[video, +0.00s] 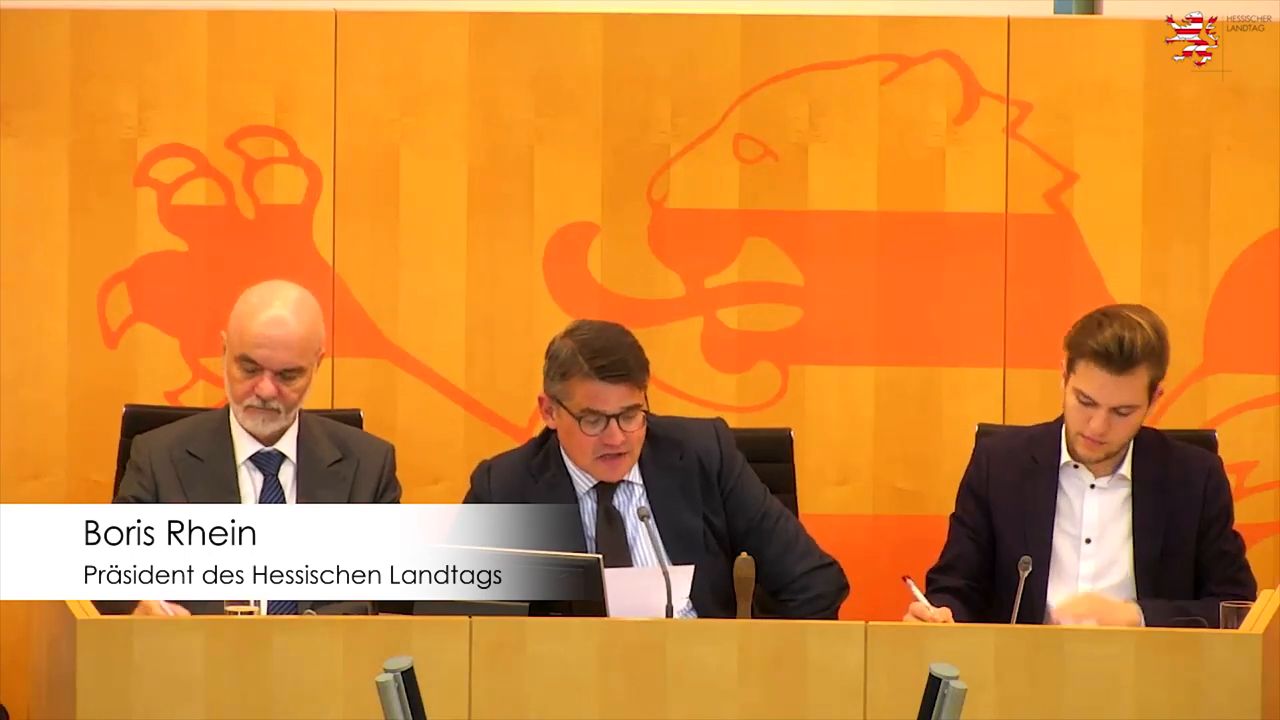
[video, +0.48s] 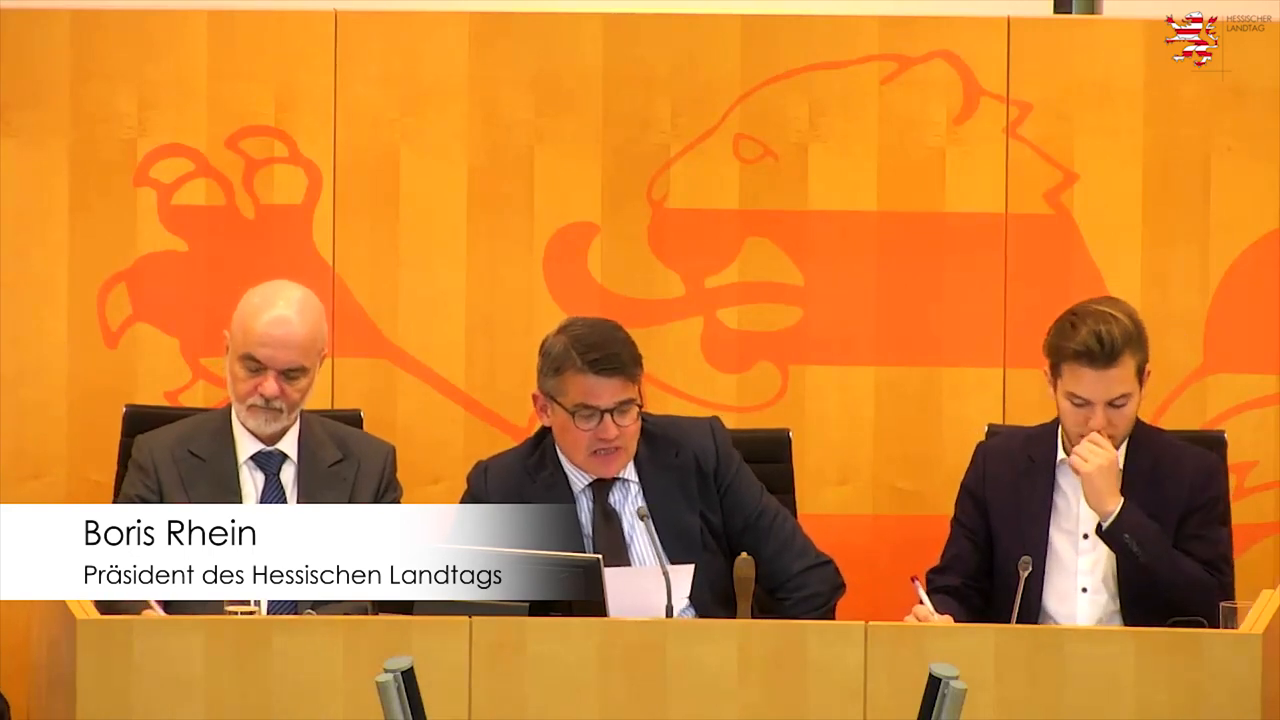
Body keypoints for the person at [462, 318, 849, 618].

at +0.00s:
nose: (616, 438)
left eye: (630, 415)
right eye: (592, 420)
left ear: (646, 396)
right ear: (551, 411)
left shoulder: (706, 453)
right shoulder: (501, 488)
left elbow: (813, 582)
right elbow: (466, 622)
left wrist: (761, 676)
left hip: (703, 674)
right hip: (565, 684)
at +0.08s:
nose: (615, 437)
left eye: (629, 414)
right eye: (592, 419)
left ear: (646, 396)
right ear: (550, 411)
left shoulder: (706, 453)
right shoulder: (501, 488)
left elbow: (812, 582)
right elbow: (467, 623)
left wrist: (759, 676)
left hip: (704, 674)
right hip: (565, 684)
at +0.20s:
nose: (614, 435)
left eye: (628, 413)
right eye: (591, 418)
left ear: (644, 395)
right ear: (548, 410)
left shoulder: (704, 453)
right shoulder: (500, 487)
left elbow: (811, 581)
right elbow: (468, 623)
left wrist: (760, 676)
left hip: (703, 673)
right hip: (564, 683)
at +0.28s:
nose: (613, 434)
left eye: (627, 413)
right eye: (589, 417)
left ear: (643, 394)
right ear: (546, 409)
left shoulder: (704, 452)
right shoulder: (499, 487)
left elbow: (810, 581)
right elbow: (468, 624)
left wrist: (761, 677)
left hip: (704, 673)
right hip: (565, 683)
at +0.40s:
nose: (610, 433)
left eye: (624, 411)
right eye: (587, 416)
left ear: (641, 394)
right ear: (545, 409)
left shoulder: (703, 452)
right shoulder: (497, 488)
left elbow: (810, 582)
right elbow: (470, 625)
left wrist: (763, 678)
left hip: (706, 672)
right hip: (566, 683)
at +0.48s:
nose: (609, 432)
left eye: (623, 409)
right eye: (586, 415)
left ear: (640, 393)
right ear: (544, 408)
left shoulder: (703, 452)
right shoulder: (497, 488)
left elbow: (810, 581)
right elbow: (469, 625)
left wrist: (763, 678)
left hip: (706, 672)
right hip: (566, 683)